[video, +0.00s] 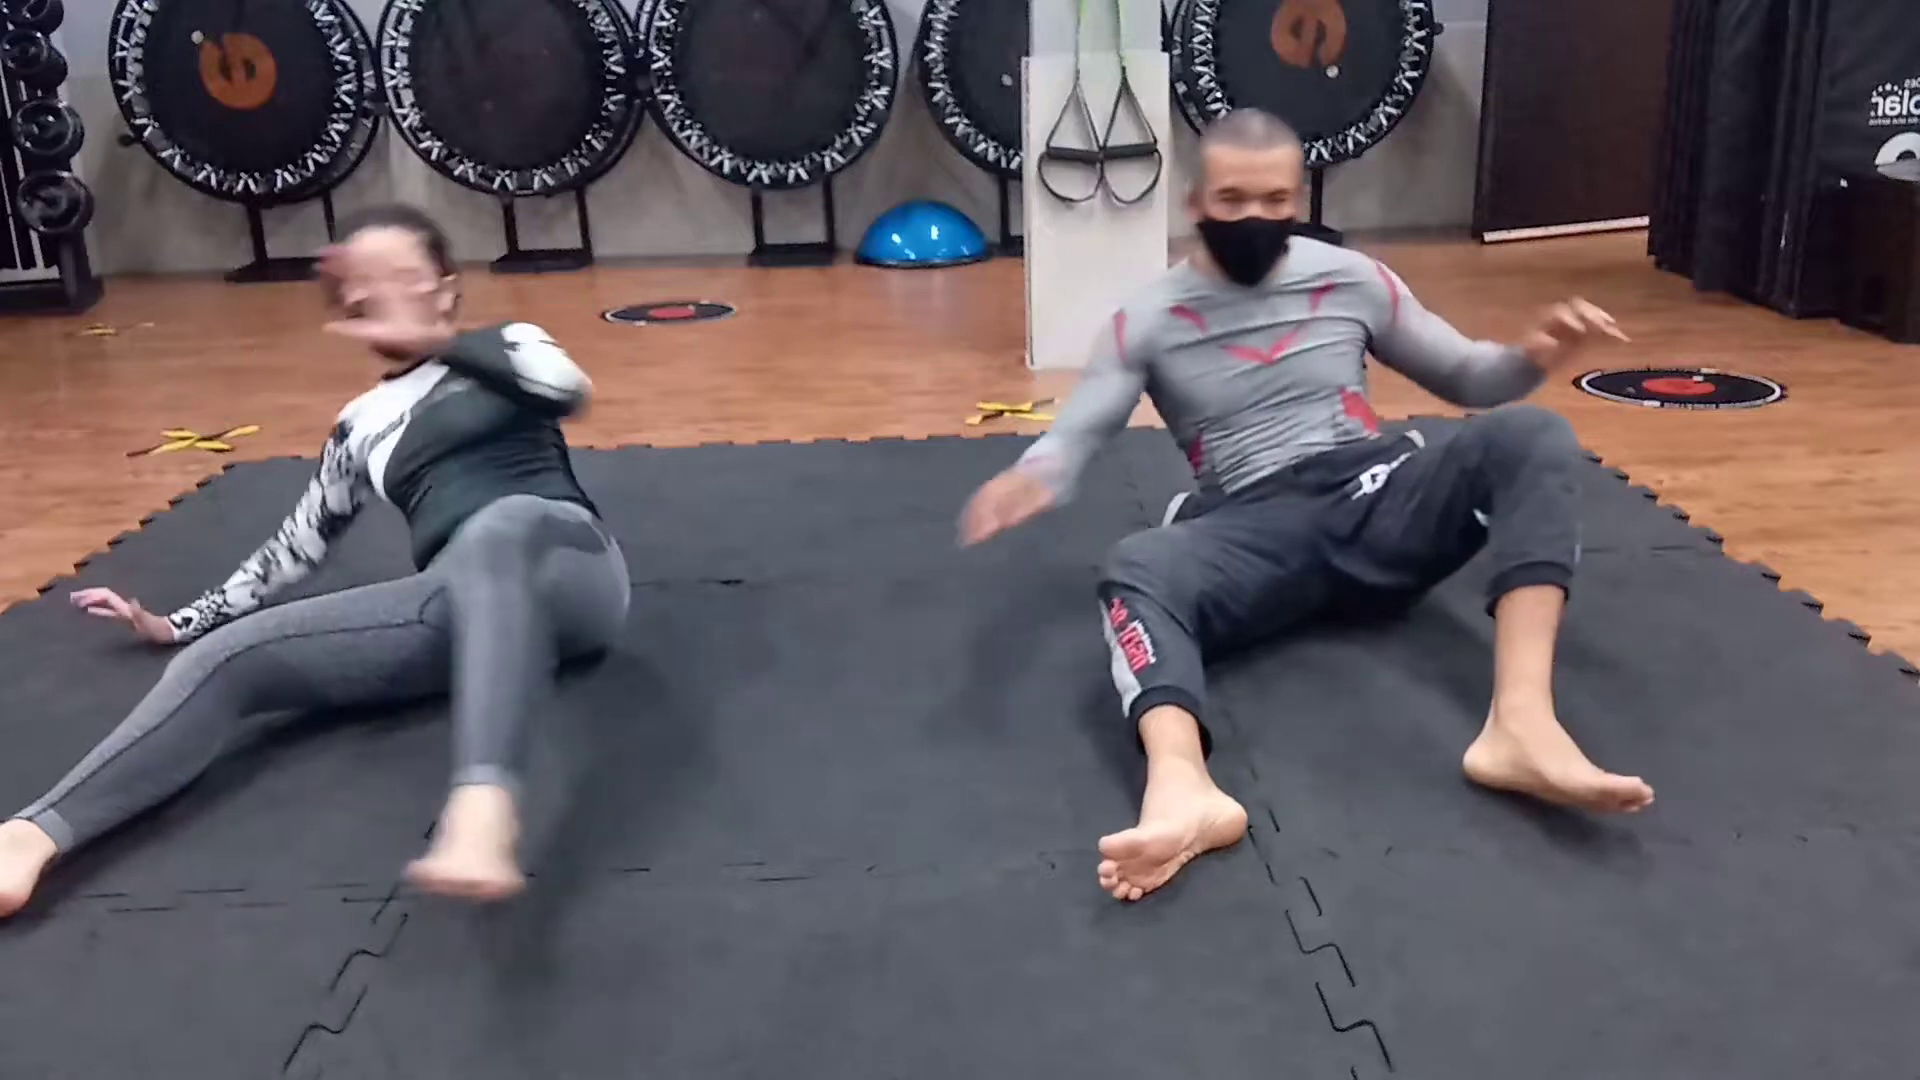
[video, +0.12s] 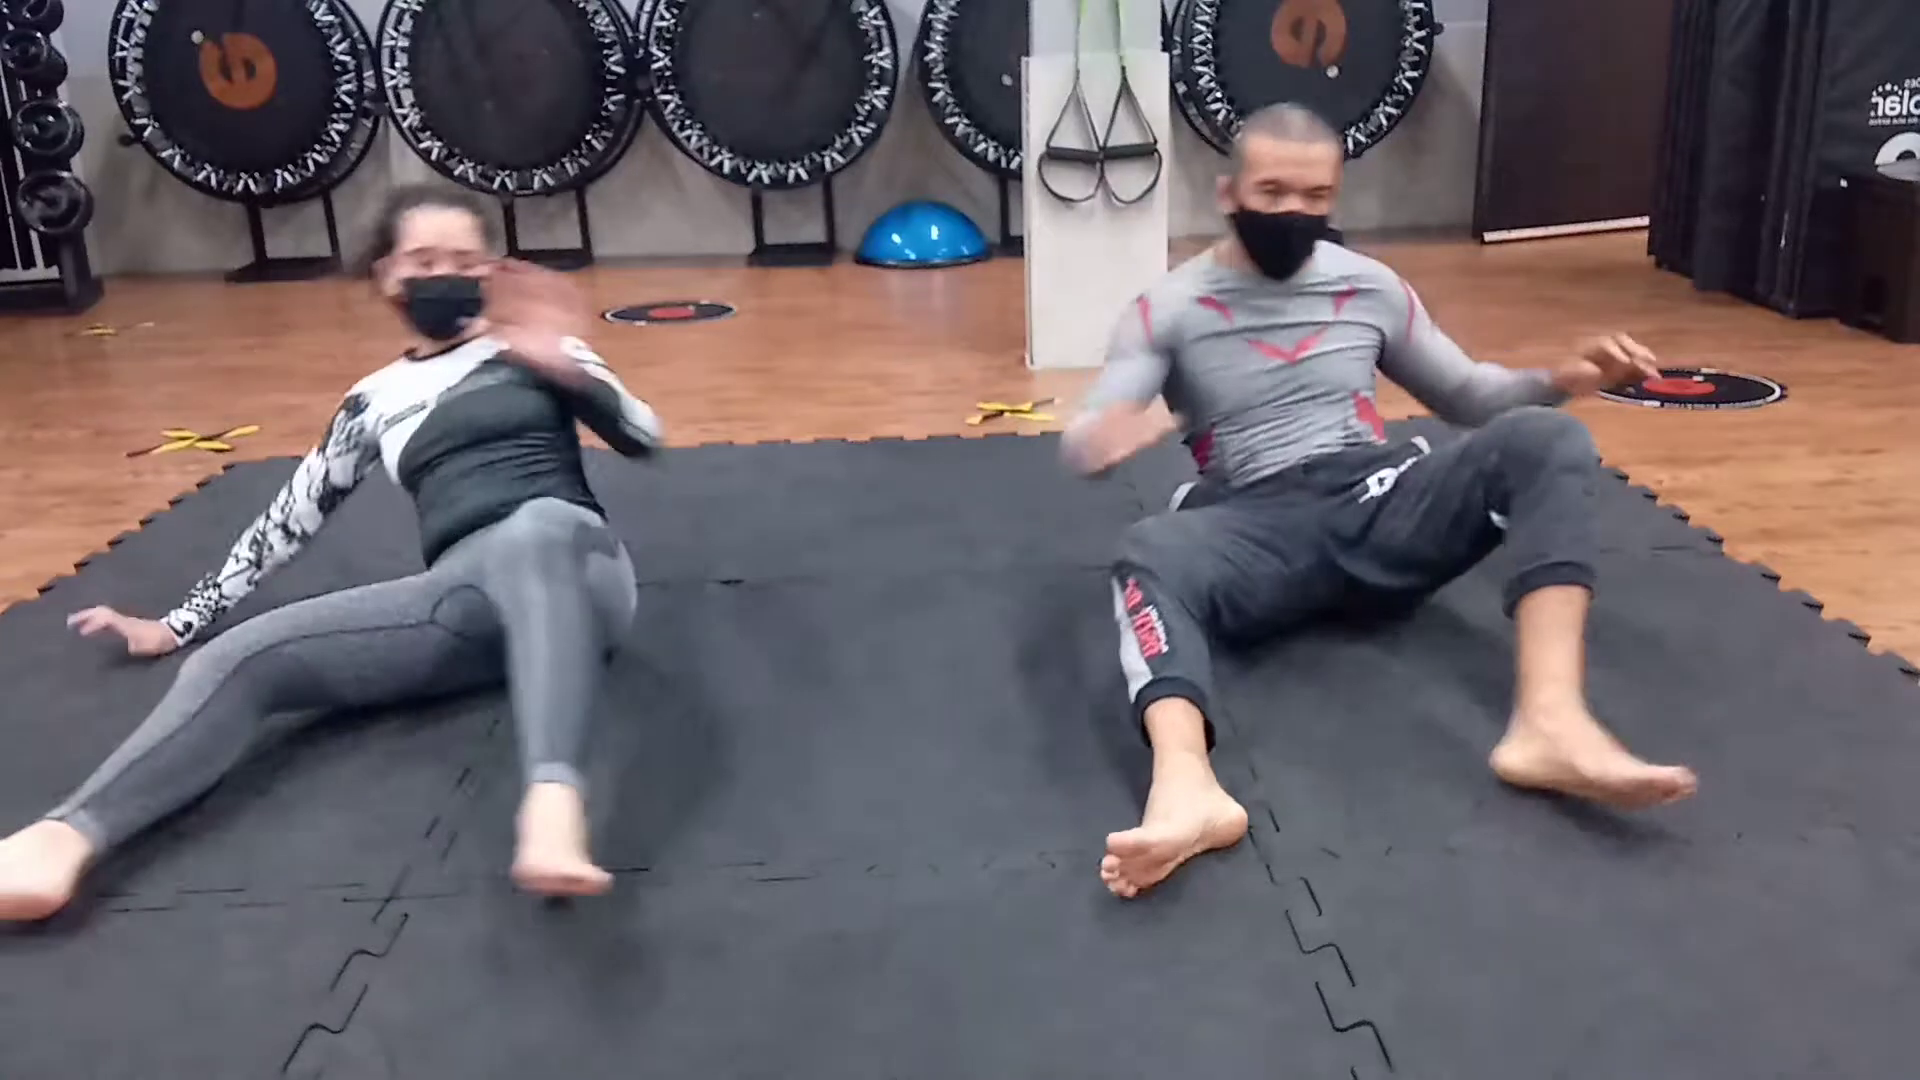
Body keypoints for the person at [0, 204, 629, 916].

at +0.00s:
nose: (387, 309)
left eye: (405, 286)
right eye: (363, 297)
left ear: (445, 289)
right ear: (342, 310)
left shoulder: (505, 347)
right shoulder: (364, 422)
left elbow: (567, 391)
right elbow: (295, 547)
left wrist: (437, 342)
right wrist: (178, 626)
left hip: (570, 573)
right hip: (444, 595)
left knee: (499, 529)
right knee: (232, 654)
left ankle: (483, 807)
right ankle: (33, 836)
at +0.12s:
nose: (441, 272)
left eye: (459, 257)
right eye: (421, 258)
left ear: (491, 271)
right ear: (387, 280)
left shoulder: (537, 351)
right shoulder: (378, 398)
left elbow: (644, 439)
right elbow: (288, 519)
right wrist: (178, 626)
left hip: (574, 567)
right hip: (451, 589)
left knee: (535, 526)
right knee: (243, 654)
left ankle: (554, 796)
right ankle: (66, 837)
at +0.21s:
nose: (485, 266)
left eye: (504, 252)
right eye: (463, 248)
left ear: (524, 267)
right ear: (418, 268)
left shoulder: (561, 350)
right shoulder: (391, 387)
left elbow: (670, 468)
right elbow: (300, 506)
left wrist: (662, 424)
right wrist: (195, 618)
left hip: (571, 567)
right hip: (457, 586)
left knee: (564, 526)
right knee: (257, 650)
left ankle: (588, 806)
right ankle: (94, 838)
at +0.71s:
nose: (683, 276)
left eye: (694, 263)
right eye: (668, 254)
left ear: (694, 276)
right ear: (600, 253)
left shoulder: (691, 379)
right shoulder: (508, 347)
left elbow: (733, 516)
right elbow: (424, 477)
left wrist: (837, 503)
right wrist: (460, 462)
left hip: (634, 570)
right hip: (524, 568)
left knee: (705, 570)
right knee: (386, 558)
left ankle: (619, 836)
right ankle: (319, 767)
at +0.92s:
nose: (741, 290)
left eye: (750, 276)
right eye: (730, 266)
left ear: (686, 274)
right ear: (663, 257)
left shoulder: (710, 386)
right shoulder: (560, 327)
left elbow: (718, 524)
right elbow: (510, 408)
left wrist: (826, 533)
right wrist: (605, 411)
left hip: (658, 570)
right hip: (553, 551)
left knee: (738, 596)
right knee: (457, 518)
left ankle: (621, 842)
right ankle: (369, 745)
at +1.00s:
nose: (754, 300)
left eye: (762, 286)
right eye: (745, 277)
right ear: (682, 263)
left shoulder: (711, 391)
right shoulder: (574, 321)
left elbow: (707, 528)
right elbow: (541, 390)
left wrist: (814, 544)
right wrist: (664, 404)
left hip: (664, 571)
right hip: (562, 547)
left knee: (744, 599)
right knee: (479, 503)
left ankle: (619, 843)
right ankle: (376, 722)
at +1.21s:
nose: (782, 327)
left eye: (791, 316)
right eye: (778, 305)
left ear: (723, 293)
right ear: (719, 285)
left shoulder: (717, 417)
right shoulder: (608, 319)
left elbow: (686, 545)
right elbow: (626, 388)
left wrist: (805, 559)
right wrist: (767, 405)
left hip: (662, 588)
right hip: (566, 556)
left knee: (762, 607)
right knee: (521, 469)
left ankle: (627, 841)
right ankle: (411, 652)